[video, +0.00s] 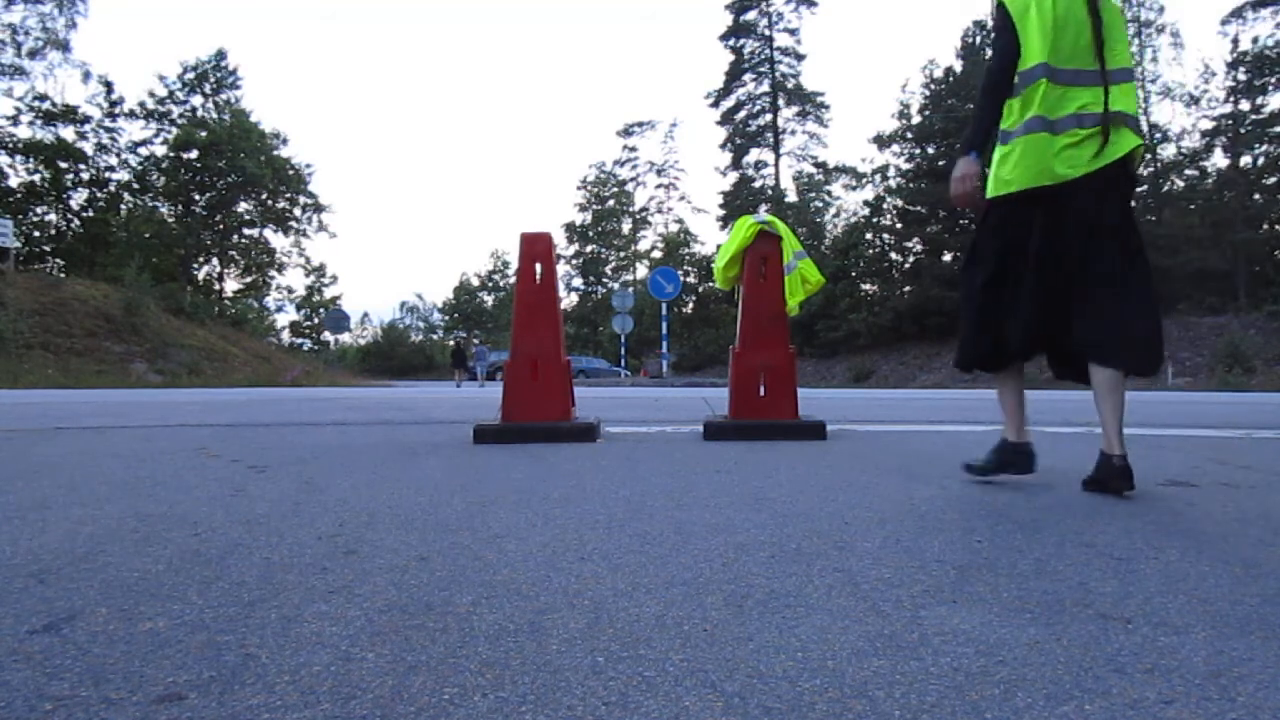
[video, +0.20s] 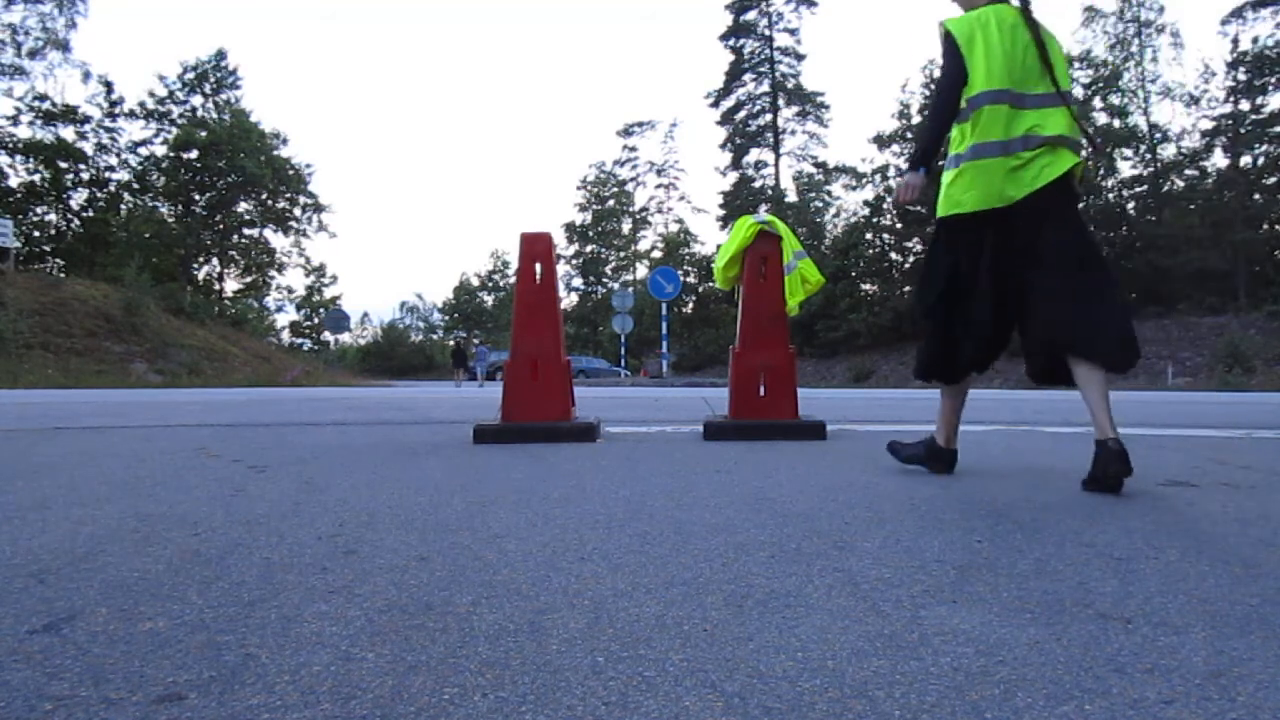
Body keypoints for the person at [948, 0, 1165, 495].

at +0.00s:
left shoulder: (1016, 7)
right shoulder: (1109, 11)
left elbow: (1003, 65)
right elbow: (1120, 80)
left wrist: (972, 151)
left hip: (1027, 169)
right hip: (1103, 168)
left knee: (998, 300)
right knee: (1100, 306)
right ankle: (1114, 456)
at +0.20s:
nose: (954, 4)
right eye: (956, 0)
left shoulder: (962, 30)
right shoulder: (1046, 38)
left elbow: (946, 103)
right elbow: (1063, 111)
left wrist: (917, 167)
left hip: (976, 203)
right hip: (1047, 201)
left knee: (961, 318)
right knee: (1072, 317)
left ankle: (942, 444)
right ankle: (1109, 444)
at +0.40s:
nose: (892, 16)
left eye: (894, 7)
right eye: (891, 8)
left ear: (911, 5)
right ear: (940, 6)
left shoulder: (900, 58)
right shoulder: (980, 56)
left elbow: (884, 147)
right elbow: (994, 133)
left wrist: (867, 226)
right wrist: (984, 202)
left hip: (913, 221)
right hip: (976, 214)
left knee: (910, 330)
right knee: (976, 325)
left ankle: (933, 444)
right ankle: (1039, 403)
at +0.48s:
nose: (869, 19)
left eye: (872, 10)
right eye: (869, 10)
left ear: (892, 10)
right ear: (916, 11)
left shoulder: (880, 61)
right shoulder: (954, 58)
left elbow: (863, 148)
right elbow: (975, 137)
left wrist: (831, 213)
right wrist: (980, 216)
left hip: (896, 222)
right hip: (952, 215)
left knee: (900, 334)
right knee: (940, 328)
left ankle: (933, 445)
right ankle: (991, 408)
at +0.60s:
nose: (840, 20)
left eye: (841, 10)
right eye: (839, 11)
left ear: (859, 9)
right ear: (885, 11)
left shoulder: (853, 56)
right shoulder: (926, 62)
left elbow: (831, 129)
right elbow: (959, 132)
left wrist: (788, 162)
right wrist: (999, 195)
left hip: (872, 211)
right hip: (920, 205)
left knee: (888, 322)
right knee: (892, 320)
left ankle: (931, 444)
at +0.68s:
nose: (819, 23)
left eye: (822, 13)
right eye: (819, 15)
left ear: (843, 14)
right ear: (866, 16)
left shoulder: (832, 62)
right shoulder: (903, 66)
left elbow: (798, 139)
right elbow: (949, 129)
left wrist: (766, 139)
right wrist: (996, 182)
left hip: (857, 211)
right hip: (902, 206)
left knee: (894, 319)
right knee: (845, 314)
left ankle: (932, 440)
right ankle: (823, 428)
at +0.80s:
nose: (791, 40)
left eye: (794, 30)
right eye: (792, 31)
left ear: (815, 28)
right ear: (837, 31)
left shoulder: (800, 78)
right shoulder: (871, 83)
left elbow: (767, 148)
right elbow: (916, 144)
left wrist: (728, 153)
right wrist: (972, 191)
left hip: (829, 227)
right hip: (868, 222)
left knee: (876, 329)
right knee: (809, 323)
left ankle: (926, 434)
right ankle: (775, 431)